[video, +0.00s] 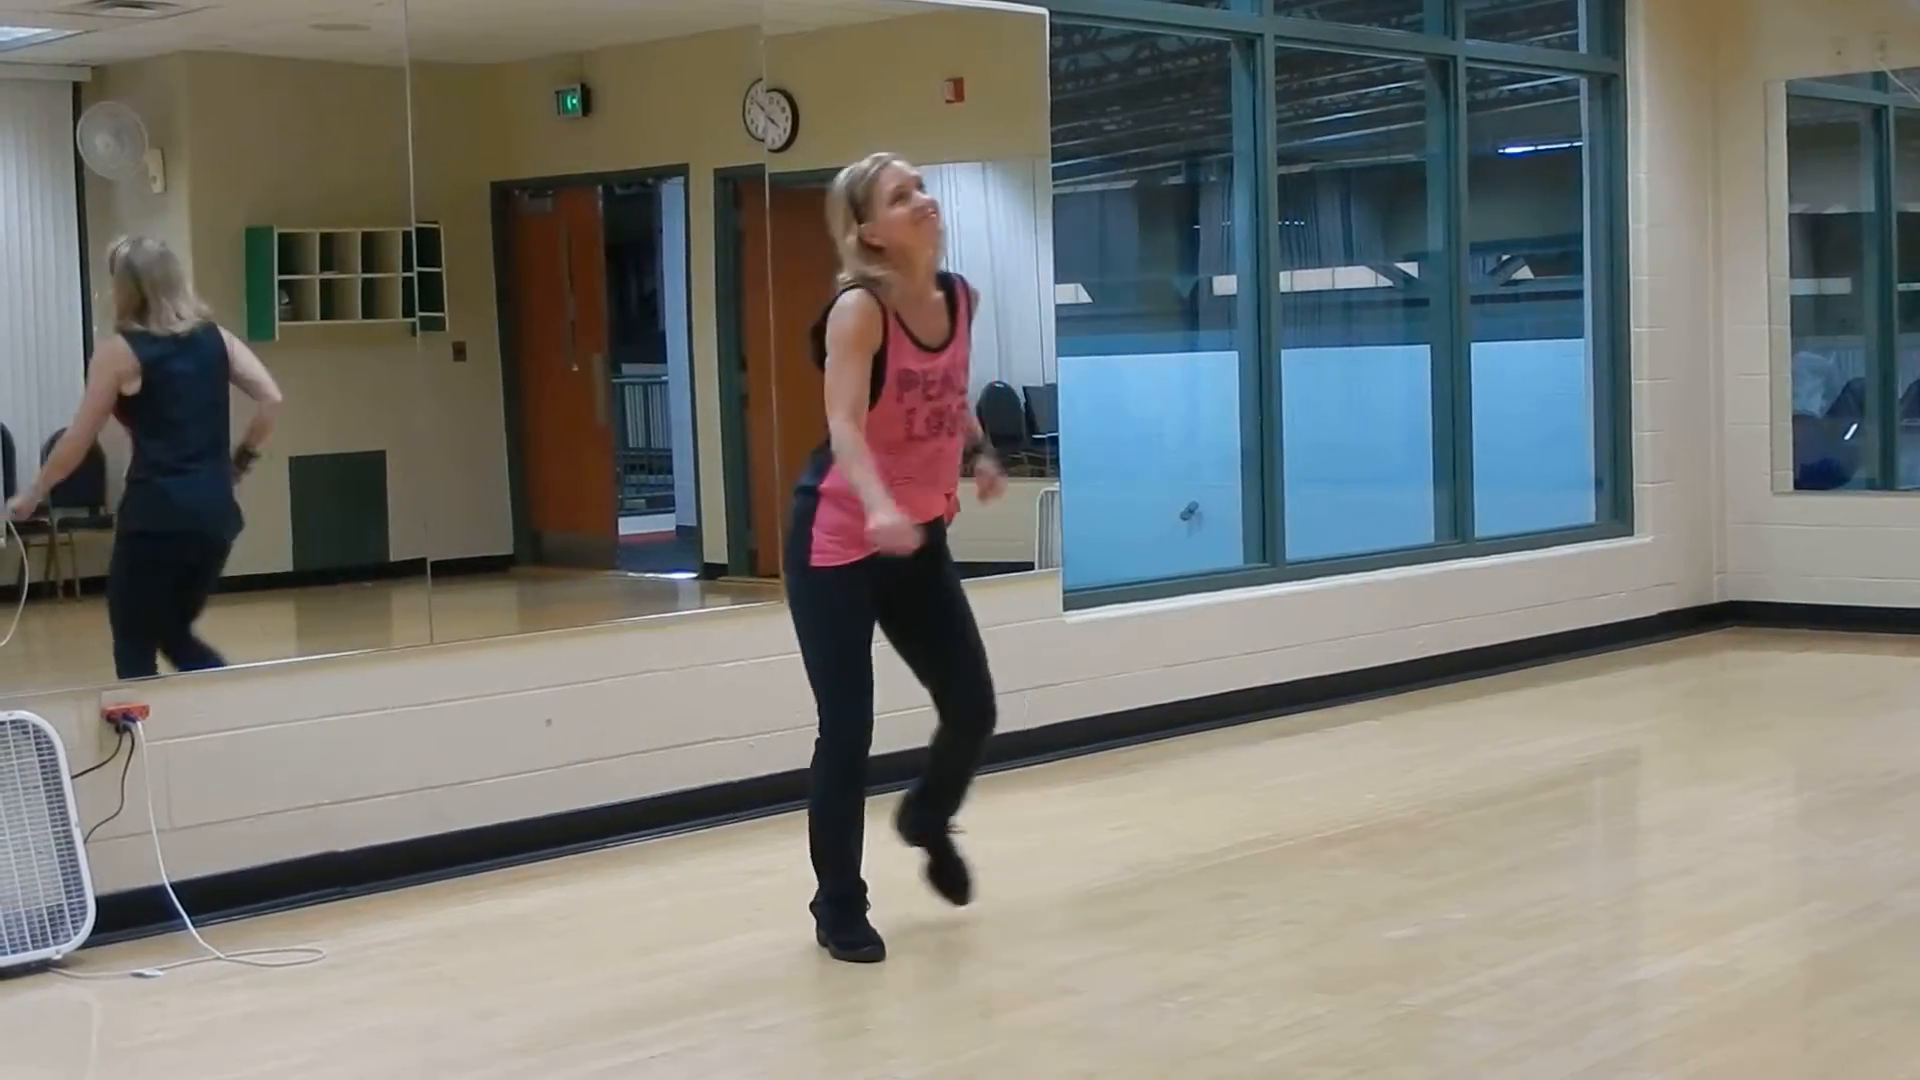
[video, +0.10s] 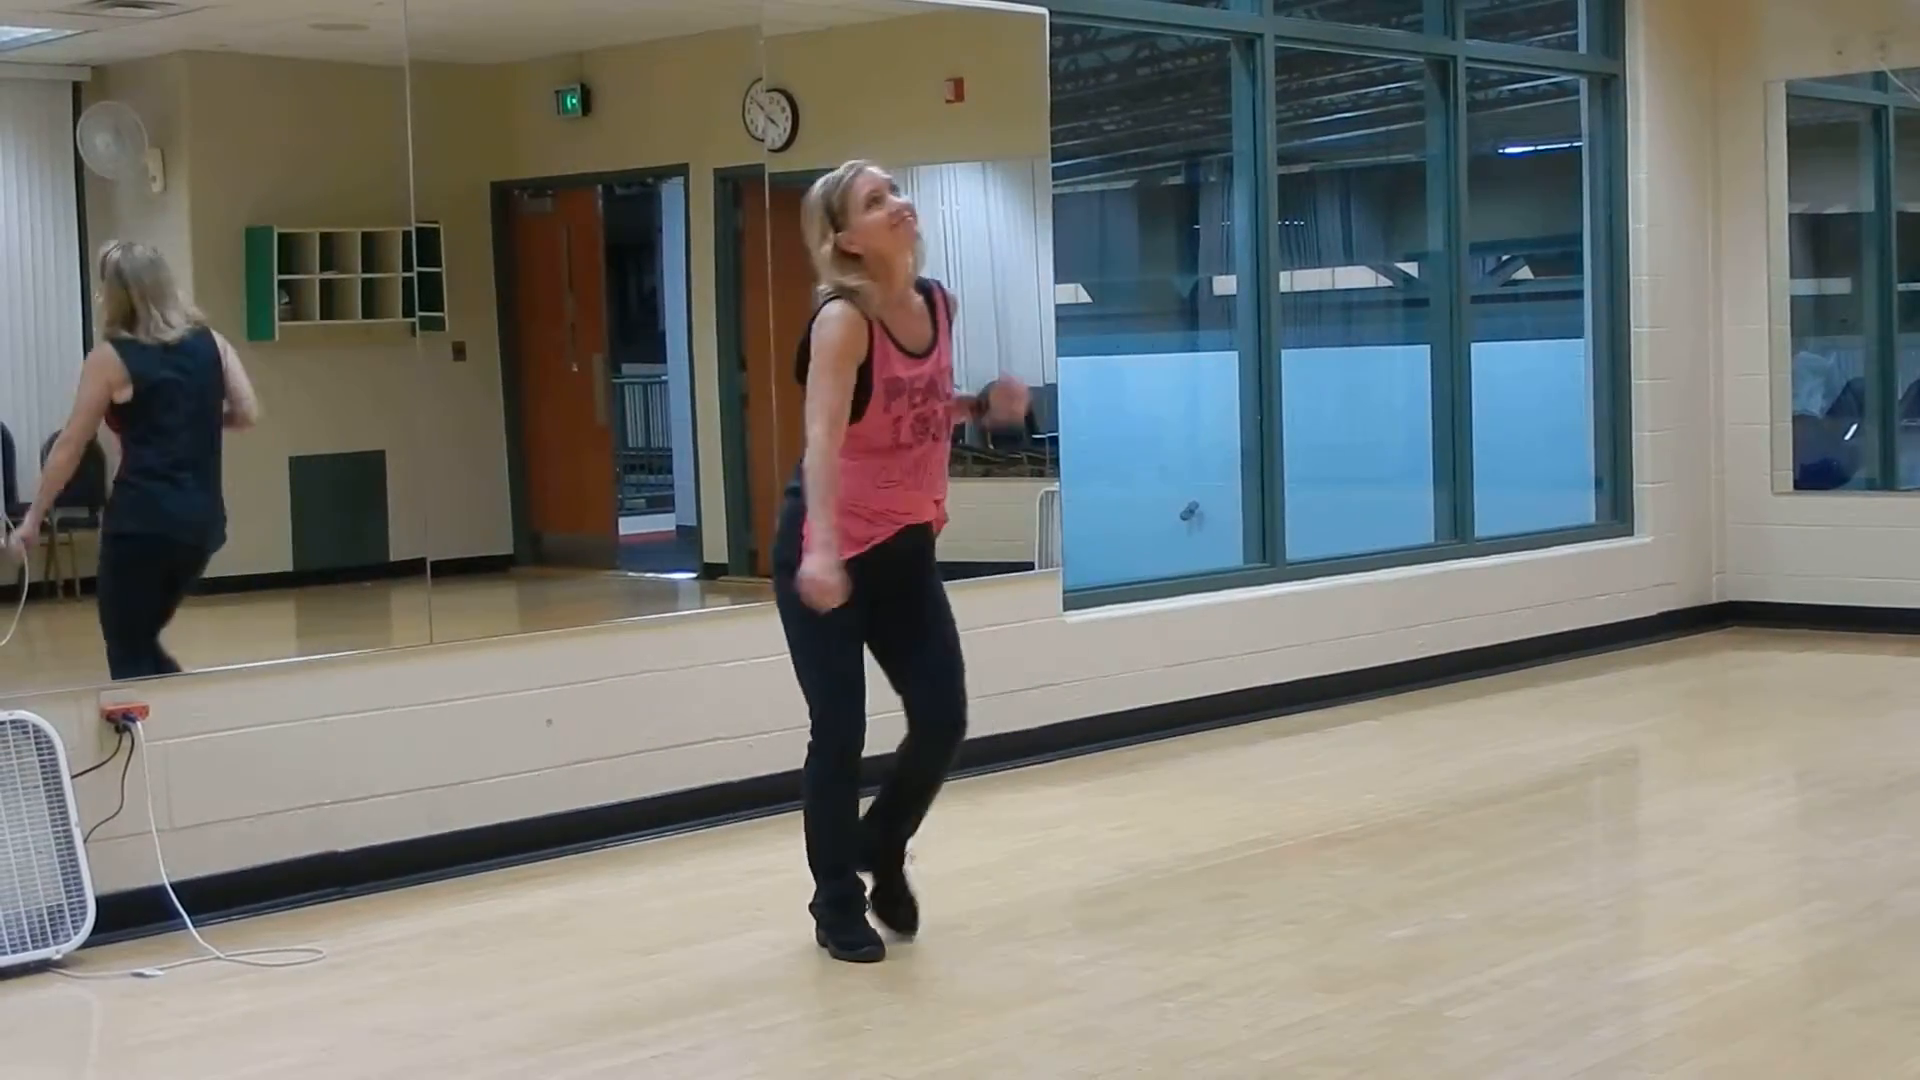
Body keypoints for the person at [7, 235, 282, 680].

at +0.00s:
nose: (111, 293)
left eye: (116, 284)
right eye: (112, 283)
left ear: (128, 290)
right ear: (175, 281)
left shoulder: (119, 351)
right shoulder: (216, 339)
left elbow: (77, 443)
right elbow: (271, 399)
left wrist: (35, 491)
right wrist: (241, 461)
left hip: (155, 517)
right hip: (216, 511)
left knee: (133, 644)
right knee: (174, 632)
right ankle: (240, 705)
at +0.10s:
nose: (101, 298)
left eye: (105, 289)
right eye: (102, 288)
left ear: (118, 295)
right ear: (166, 286)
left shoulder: (110, 358)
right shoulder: (211, 343)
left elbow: (71, 447)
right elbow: (245, 412)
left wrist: (33, 519)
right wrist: (189, 415)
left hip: (140, 523)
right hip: (202, 521)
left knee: (126, 649)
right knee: (142, 639)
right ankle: (197, 718)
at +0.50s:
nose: (60, 267)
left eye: (66, 258)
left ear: (73, 264)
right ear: (125, 262)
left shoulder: (80, 324)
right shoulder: (142, 314)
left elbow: (117, 398)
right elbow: (164, 398)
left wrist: (102, 481)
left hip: (134, 501)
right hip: (191, 492)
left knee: (74, 643)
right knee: (195, 640)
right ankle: (235, 752)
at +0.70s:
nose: (25, 284)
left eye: (30, 275)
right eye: (28, 274)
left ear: (41, 282)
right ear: (91, 278)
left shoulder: (54, 344)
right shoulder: (111, 332)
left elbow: (71, 440)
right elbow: (122, 425)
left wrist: (18, 452)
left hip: (107, 514)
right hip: (163, 504)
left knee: (73, 659)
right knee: (168, 645)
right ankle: (223, 740)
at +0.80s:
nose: (6, 282)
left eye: (12, 272)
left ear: (21, 280)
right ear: (79, 275)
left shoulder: (28, 350)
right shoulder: (102, 332)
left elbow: (15, 447)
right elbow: (137, 408)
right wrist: (175, 468)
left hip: (94, 510)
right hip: (152, 500)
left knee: (63, 645)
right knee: (132, 624)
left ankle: (65, 752)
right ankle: (189, 718)